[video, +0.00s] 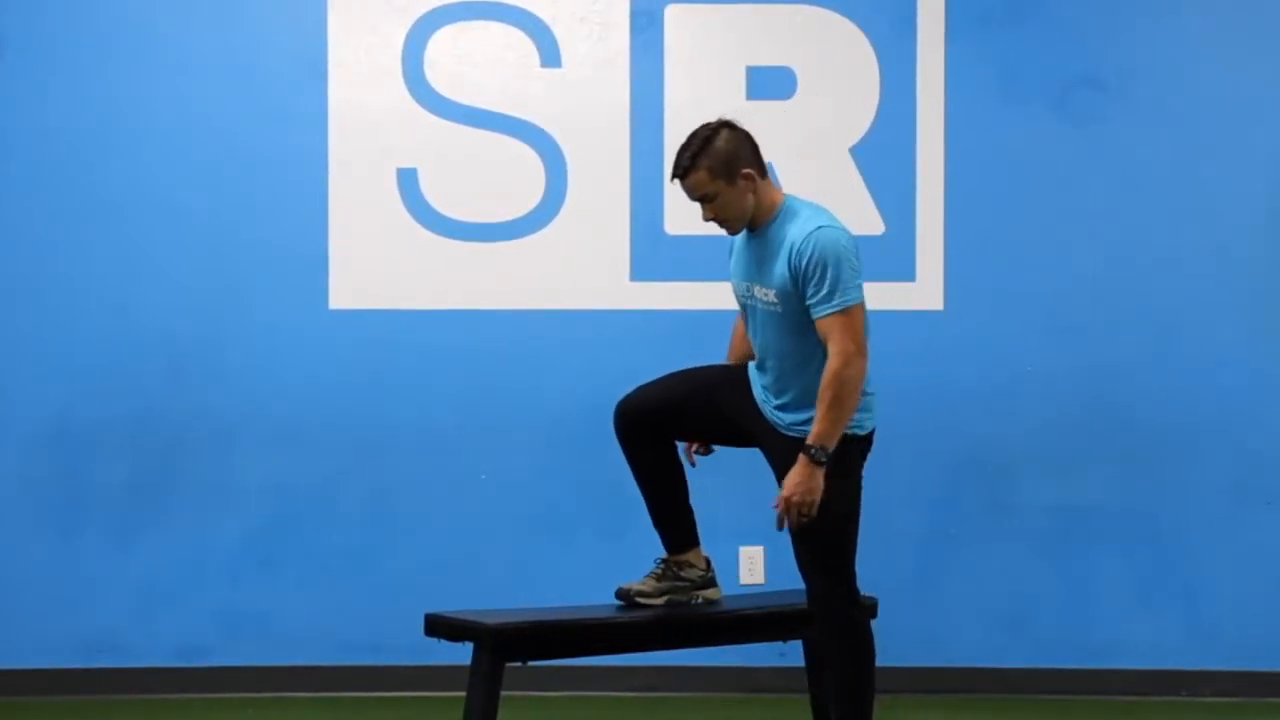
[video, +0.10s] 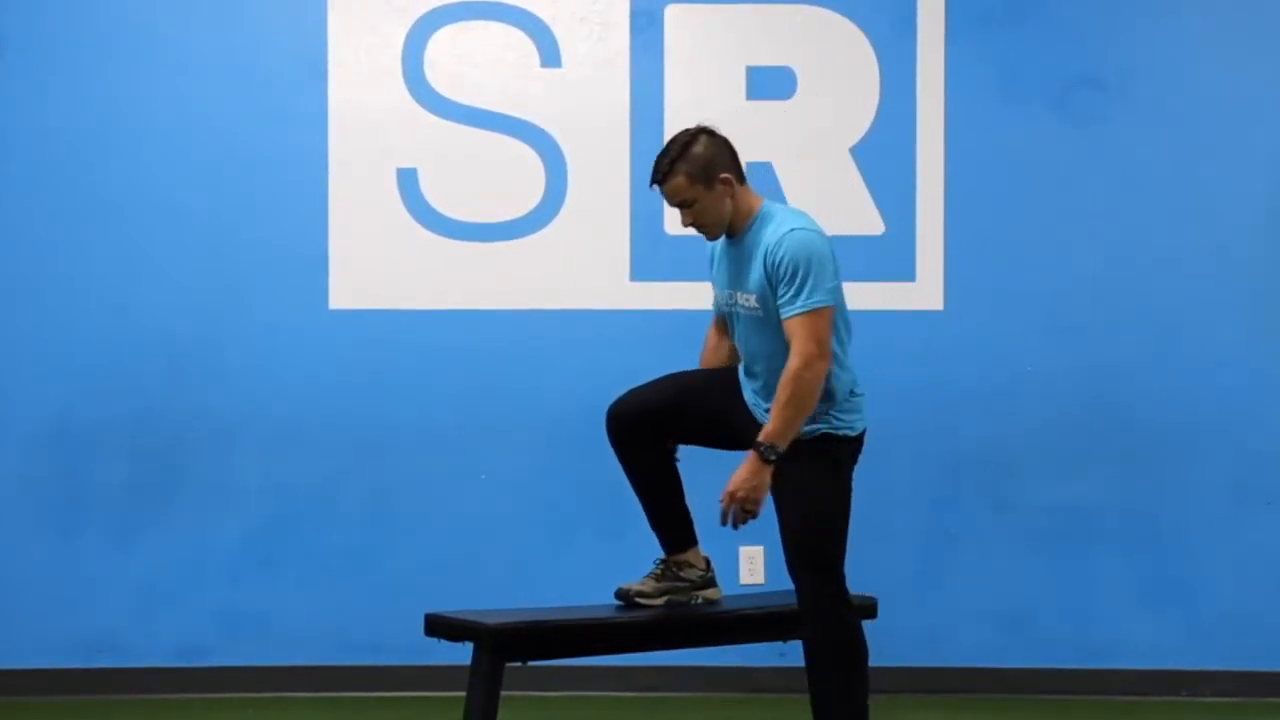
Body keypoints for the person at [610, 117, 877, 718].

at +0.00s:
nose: (706, 214)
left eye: (709, 200)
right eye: (699, 203)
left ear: (749, 178)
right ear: (744, 180)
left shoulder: (820, 242)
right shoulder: (749, 234)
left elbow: (849, 358)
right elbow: (750, 327)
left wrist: (815, 460)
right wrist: (711, 416)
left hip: (820, 432)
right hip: (756, 395)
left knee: (831, 598)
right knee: (638, 417)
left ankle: (846, 713)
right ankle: (687, 566)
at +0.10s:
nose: (683, 219)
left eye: (687, 205)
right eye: (676, 208)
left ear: (727, 184)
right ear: (717, 188)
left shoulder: (795, 242)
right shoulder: (730, 241)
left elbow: (811, 360)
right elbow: (723, 335)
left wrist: (763, 459)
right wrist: (691, 417)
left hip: (817, 428)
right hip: (754, 403)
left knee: (819, 590)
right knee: (633, 420)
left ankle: (843, 713)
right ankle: (687, 566)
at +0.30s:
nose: (636, 218)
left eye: (639, 202)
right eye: (629, 207)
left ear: (679, 184)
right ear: (672, 189)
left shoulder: (732, 230)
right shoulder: (682, 252)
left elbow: (736, 323)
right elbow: (644, 330)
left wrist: (654, 390)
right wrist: (578, 391)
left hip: (790, 418)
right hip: (735, 406)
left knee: (799, 585)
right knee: (618, 428)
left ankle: (836, 713)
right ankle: (684, 568)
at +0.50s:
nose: (592, 162)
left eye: (595, 146)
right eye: (585, 151)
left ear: (634, 126)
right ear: (622, 135)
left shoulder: (688, 162)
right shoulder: (631, 194)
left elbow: (715, 230)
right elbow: (584, 256)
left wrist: (641, 293)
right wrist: (509, 297)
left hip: (771, 348)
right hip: (709, 345)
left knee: (765, 504)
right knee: (622, 424)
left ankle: (822, 675)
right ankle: (686, 569)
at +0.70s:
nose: (582, 92)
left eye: (586, 76)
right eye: (575, 81)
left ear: (627, 59)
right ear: (605, 68)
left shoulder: (689, 103)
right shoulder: (612, 132)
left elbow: (734, 189)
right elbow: (583, 196)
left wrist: (684, 267)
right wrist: (516, 244)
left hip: (748, 283)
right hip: (682, 293)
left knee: (693, 415)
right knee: (636, 414)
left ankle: (790, 547)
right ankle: (688, 569)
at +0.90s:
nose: (580, 34)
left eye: (585, 18)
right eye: (574, 22)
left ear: (627, 3)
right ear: (582, 17)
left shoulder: (695, 53)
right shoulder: (605, 76)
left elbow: (759, 142)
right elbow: (604, 155)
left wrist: (744, 232)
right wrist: (563, 219)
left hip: (718, 253)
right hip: (654, 265)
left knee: (680, 394)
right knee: (647, 405)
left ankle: (726, 551)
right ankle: (682, 560)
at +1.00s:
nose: (583, 24)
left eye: (587, 10)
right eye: (577, 14)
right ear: (595, 11)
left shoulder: (699, 44)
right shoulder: (608, 70)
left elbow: (767, 134)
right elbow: (613, 154)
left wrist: (757, 225)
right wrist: (577, 220)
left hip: (712, 253)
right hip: (648, 265)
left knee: (689, 401)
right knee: (653, 409)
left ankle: (722, 562)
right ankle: (682, 561)